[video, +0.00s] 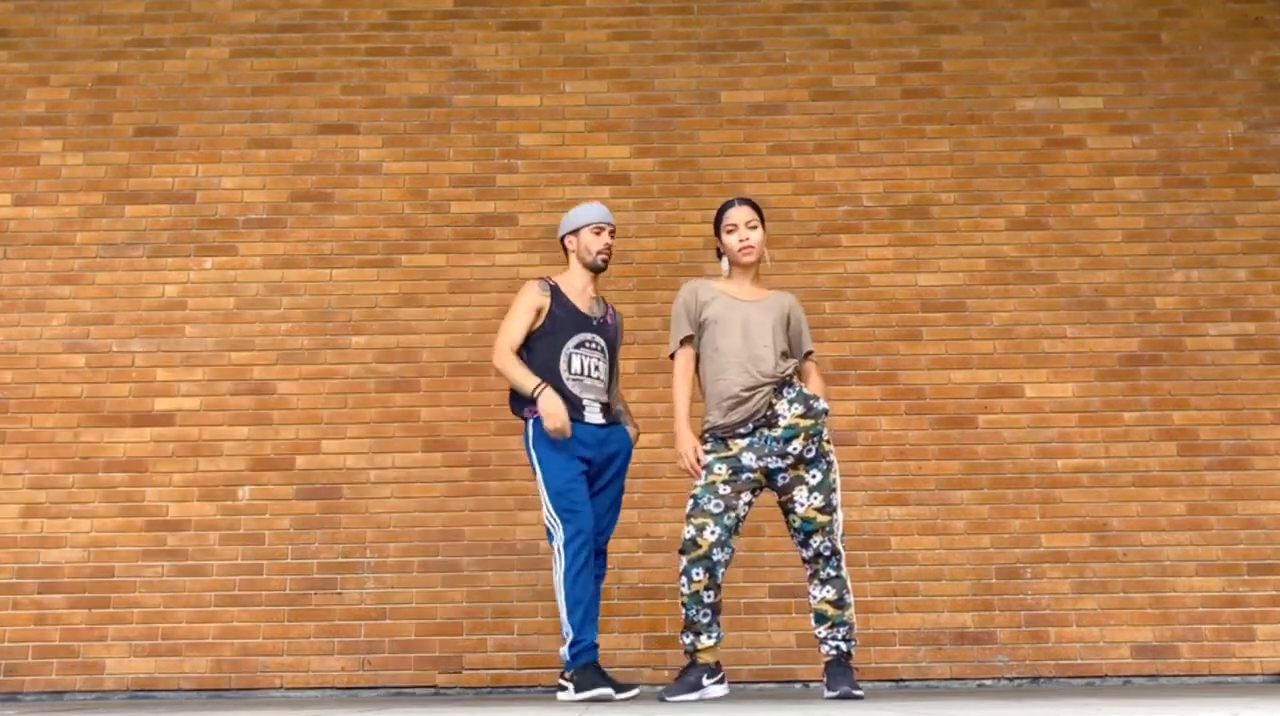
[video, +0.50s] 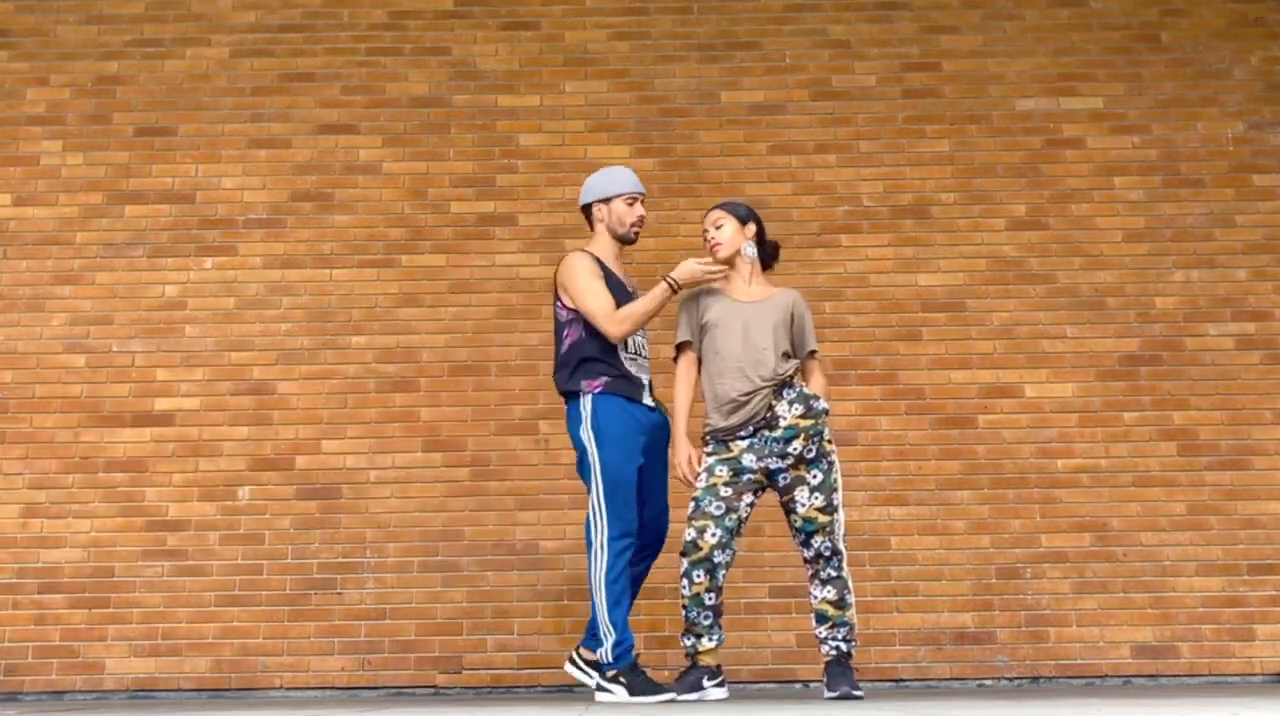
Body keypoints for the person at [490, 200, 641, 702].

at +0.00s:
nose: (607, 241)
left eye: (611, 234)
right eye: (597, 232)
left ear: (610, 245)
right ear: (570, 240)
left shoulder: (610, 316)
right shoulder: (540, 291)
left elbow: (608, 384)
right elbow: (501, 355)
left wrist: (628, 423)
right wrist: (545, 392)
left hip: (608, 436)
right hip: (557, 432)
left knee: (596, 544)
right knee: (577, 535)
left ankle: (581, 661)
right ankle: (582, 664)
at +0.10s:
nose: (613, 236)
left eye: (617, 230)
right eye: (603, 228)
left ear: (619, 241)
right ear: (576, 236)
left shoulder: (621, 309)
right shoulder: (545, 292)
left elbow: (622, 379)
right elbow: (518, 360)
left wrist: (639, 418)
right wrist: (571, 360)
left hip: (621, 433)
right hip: (566, 429)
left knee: (605, 543)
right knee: (588, 532)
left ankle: (578, 668)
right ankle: (605, 659)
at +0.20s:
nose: (619, 232)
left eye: (623, 225)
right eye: (609, 224)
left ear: (624, 235)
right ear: (582, 231)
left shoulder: (624, 299)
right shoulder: (553, 288)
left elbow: (626, 376)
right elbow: (544, 358)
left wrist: (648, 418)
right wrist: (598, 327)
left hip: (631, 429)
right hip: (579, 425)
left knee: (617, 544)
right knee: (594, 536)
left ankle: (581, 665)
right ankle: (615, 659)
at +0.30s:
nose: (625, 228)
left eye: (628, 221)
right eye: (615, 220)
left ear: (628, 231)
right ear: (586, 228)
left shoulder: (626, 297)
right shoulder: (560, 283)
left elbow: (633, 375)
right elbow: (572, 343)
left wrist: (660, 422)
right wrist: (626, 302)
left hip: (639, 425)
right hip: (589, 422)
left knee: (626, 543)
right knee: (606, 536)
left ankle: (584, 663)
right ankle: (619, 663)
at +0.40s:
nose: (631, 220)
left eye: (633, 212)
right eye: (620, 211)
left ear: (630, 221)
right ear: (590, 219)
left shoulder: (624, 286)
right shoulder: (567, 274)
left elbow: (632, 368)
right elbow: (596, 331)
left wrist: (657, 413)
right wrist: (653, 287)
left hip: (644, 419)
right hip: (597, 414)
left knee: (635, 536)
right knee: (615, 531)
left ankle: (586, 659)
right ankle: (618, 662)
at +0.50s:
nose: (640, 212)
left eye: (641, 204)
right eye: (629, 202)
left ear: (630, 214)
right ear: (597, 211)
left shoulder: (622, 282)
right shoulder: (576, 264)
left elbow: (629, 366)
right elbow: (613, 325)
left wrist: (657, 410)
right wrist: (672, 282)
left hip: (643, 413)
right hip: (603, 409)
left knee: (651, 531)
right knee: (617, 530)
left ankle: (593, 651)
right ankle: (617, 662)